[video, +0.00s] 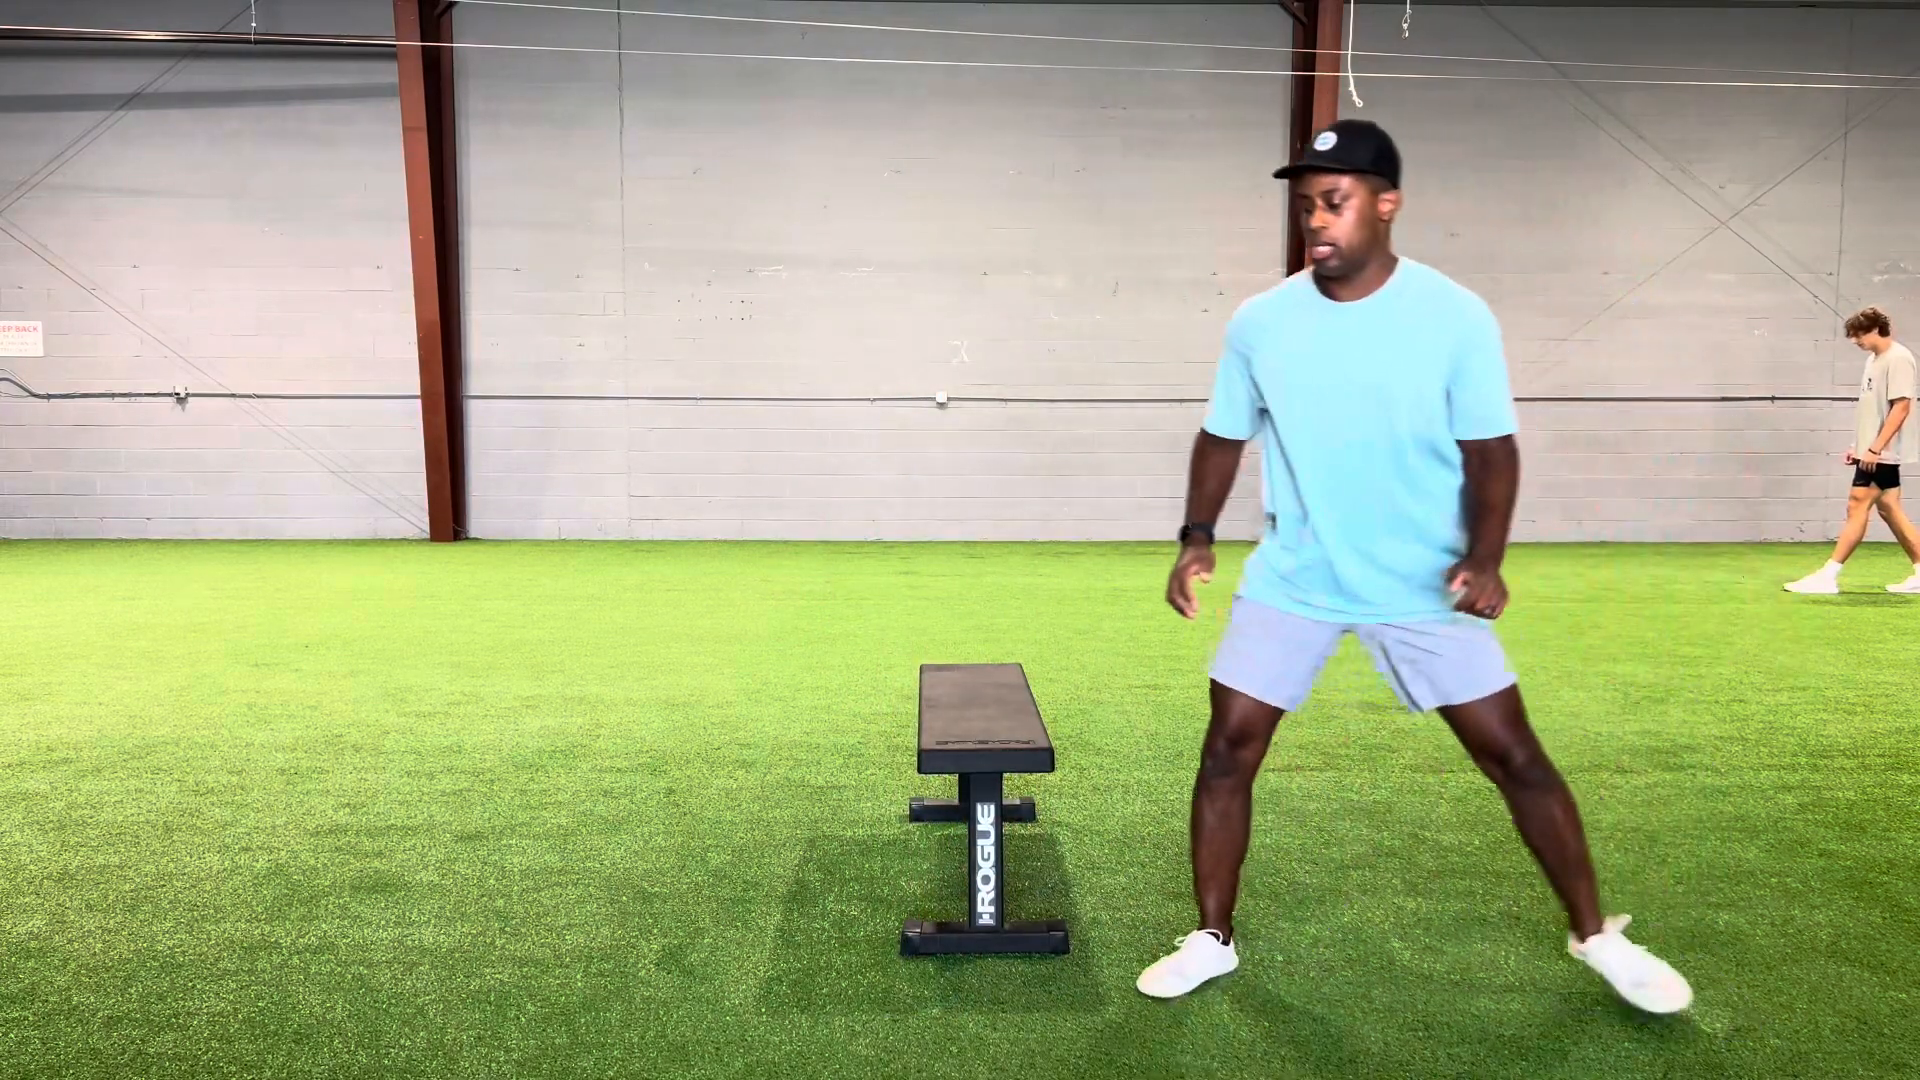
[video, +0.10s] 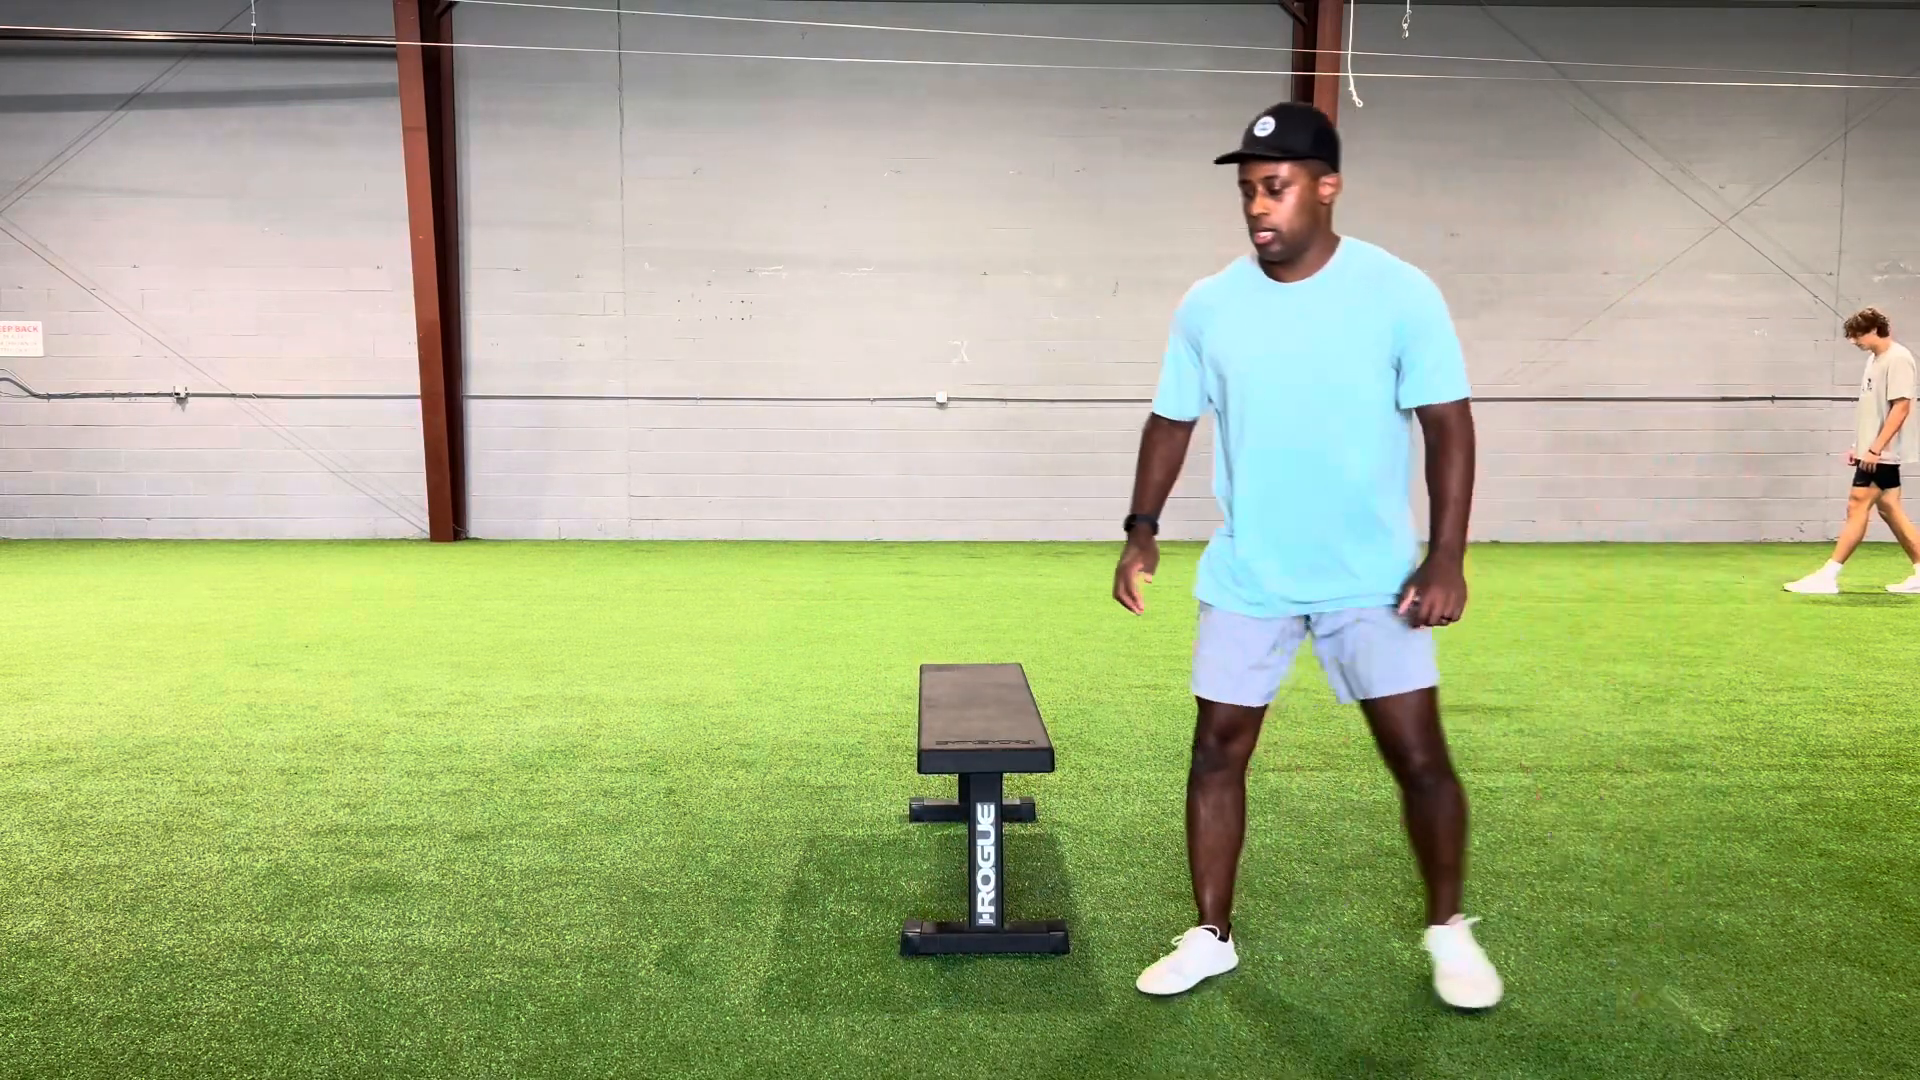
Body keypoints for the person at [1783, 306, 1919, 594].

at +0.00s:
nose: (1857, 343)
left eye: (1859, 336)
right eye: (1855, 338)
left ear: (1876, 330)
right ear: (1869, 334)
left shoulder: (1899, 357)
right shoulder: (1875, 359)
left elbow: (1902, 408)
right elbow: (1872, 409)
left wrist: (1876, 449)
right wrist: (1858, 447)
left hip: (1881, 452)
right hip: (1873, 452)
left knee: (1858, 506)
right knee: (1890, 510)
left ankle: (1828, 575)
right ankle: (1919, 570)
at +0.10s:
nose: (1856, 344)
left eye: (1858, 337)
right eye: (1854, 339)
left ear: (1874, 331)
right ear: (1869, 334)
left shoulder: (1898, 358)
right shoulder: (1876, 358)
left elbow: (1901, 408)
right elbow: (1872, 408)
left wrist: (1876, 449)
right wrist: (1860, 446)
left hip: (1880, 452)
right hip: (1873, 452)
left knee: (1858, 507)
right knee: (1890, 510)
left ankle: (1828, 575)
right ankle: (1919, 570)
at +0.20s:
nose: (1855, 344)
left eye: (1857, 338)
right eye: (1853, 339)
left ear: (1873, 331)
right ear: (1868, 334)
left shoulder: (1898, 358)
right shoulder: (1876, 359)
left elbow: (1902, 408)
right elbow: (1873, 410)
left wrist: (1877, 450)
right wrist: (1862, 450)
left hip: (1881, 453)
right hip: (1874, 452)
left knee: (1858, 506)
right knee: (1891, 510)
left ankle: (1828, 575)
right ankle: (1919, 570)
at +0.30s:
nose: (1855, 344)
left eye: (1856, 338)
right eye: (1852, 339)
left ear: (1872, 331)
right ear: (1867, 333)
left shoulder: (1897, 358)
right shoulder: (1876, 358)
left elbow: (1902, 408)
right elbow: (1873, 409)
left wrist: (1878, 449)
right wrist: (1862, 449)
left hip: (1880, 452)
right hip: (1874, 452)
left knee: (1858, 507)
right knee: (1891, 510)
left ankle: (1829, 575)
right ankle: (1919, 570)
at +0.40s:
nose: (1854, 345)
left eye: (1855, 339)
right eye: (1851, 341)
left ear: (1871, 332)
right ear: (1866, 334)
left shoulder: (1897, 357)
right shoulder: (1876, 358)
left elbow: (1902, 408)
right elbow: (1873, 409)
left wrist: (1878, 448)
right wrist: (1862, 449)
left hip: (1880, 452)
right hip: (1874, 451)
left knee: (1856, 507)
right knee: (1892, 510)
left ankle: (1829, 574)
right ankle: (1919, 570)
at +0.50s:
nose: (1851, 347)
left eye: (1852, 340)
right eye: (1848, 342)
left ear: (1867, 332)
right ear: (1864, 335)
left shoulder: (1895, 357)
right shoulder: (1874, 359)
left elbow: (1903, 407)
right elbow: (1872, 410)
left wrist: (1876, 448)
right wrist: (1860, 448)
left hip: (1883, 452)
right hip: (1876, 452)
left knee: (1851, 504)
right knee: (1892, 509)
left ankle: (1828, 574)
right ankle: (1919, 570)